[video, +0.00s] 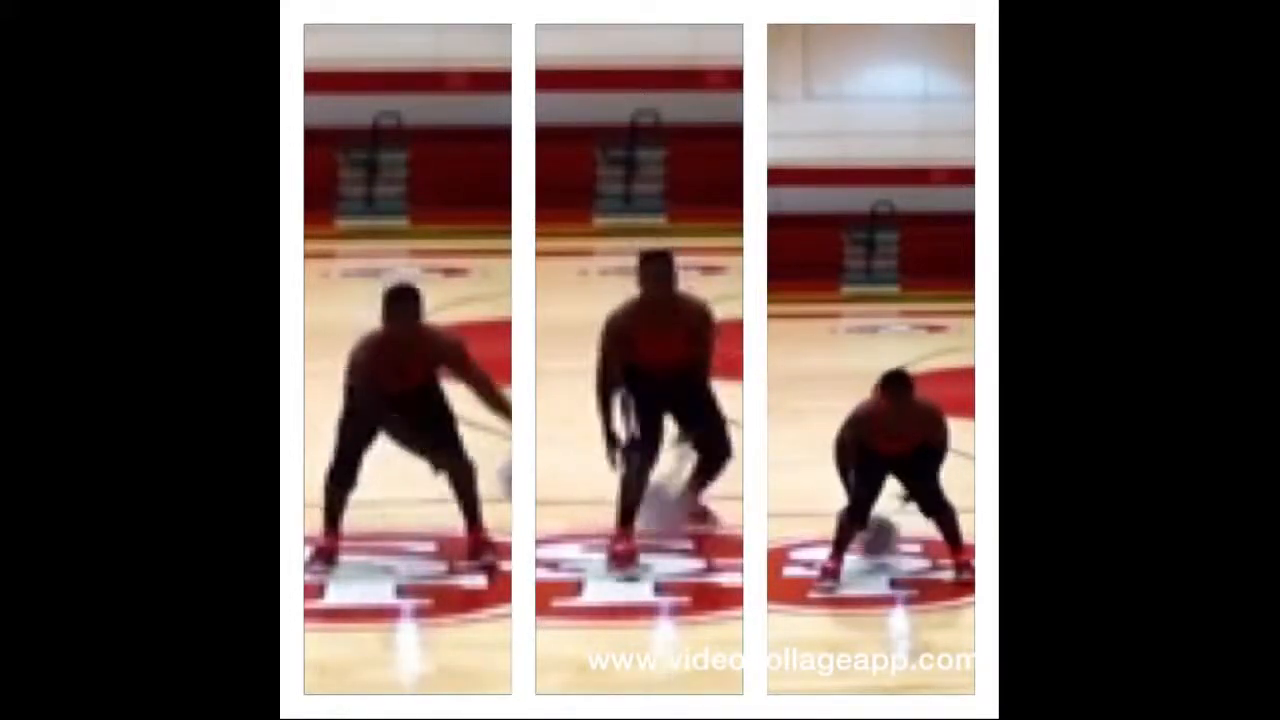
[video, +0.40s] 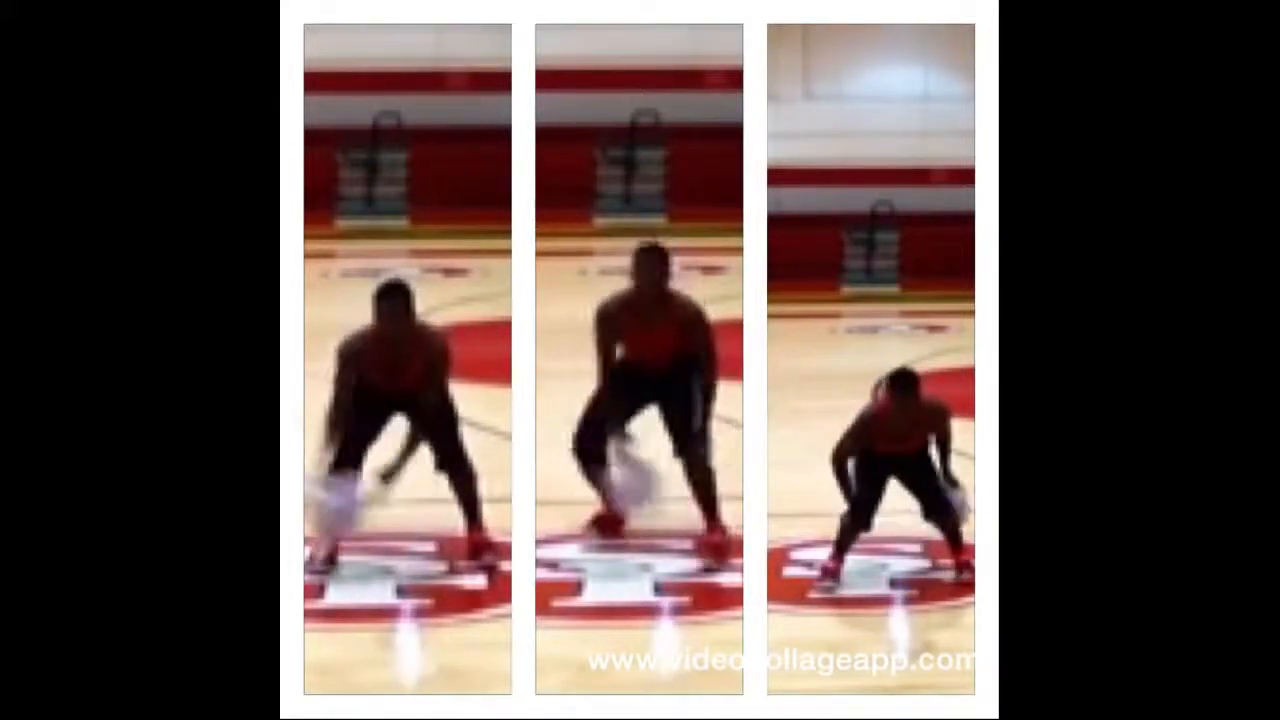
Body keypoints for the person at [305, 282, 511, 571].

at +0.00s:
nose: (402, 327)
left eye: (409, 318)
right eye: (396, 319)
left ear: (419, 316)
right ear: (385, 318)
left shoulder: (437, 345)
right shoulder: (368, 354)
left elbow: (478, 381)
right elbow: (357, 414)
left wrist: (510, 415)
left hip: (420, 405)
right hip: (369, 406)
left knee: (459, 466)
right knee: (340, 474)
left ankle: (476, 537)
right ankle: (329, 541)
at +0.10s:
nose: (406, 326)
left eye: (412, 316)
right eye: (399, 317)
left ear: (422, 314)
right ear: (388, 316)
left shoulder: (441, 344)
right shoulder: (367, 353)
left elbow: (479, 389)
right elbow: (381, 423)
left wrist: (509, 425)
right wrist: (421, 470)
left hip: (419, 392)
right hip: (371, 397)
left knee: (456, 458)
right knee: (347, 469)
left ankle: (476, 535)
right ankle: (330, 539)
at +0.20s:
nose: (401, 323)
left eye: (407, 313)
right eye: (393, 313)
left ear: (418, 311)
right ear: (383, 312)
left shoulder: (440, 345)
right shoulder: (362, 349)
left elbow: (444, 408)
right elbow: (354, 419)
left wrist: (427, 464)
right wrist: (362, 480)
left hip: (423, 395)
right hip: (373, 395)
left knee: (456, 457)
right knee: (348, 459)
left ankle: (476, 533)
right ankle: (330, 538)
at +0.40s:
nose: (392, 328)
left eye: (399, 319)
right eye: (386, 319)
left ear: (411, 315)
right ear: (376, 316)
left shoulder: (432, 346)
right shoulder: (355, 349)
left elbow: (424, 419)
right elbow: (340, 406)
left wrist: (398, 464)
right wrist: (333, 444)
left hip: (423, 399)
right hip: (372, 399)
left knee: (457, 464)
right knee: (343, 465)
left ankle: (476, 534)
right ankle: (328, 545)